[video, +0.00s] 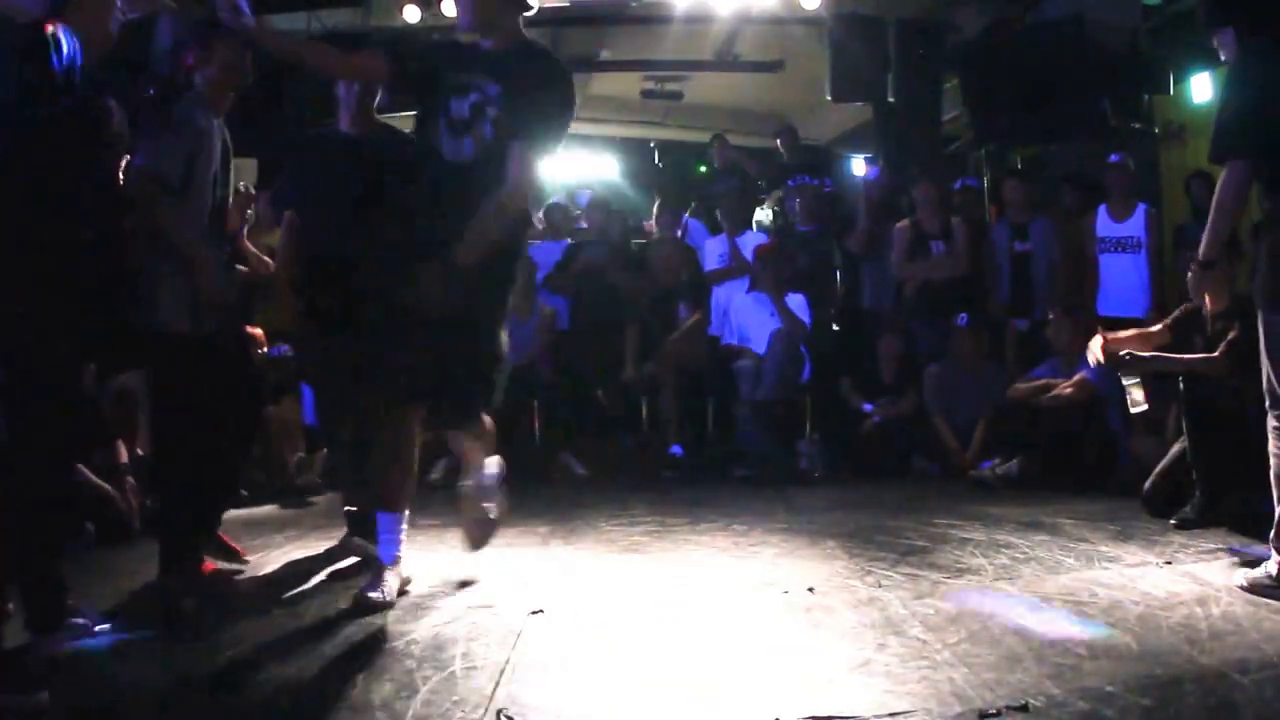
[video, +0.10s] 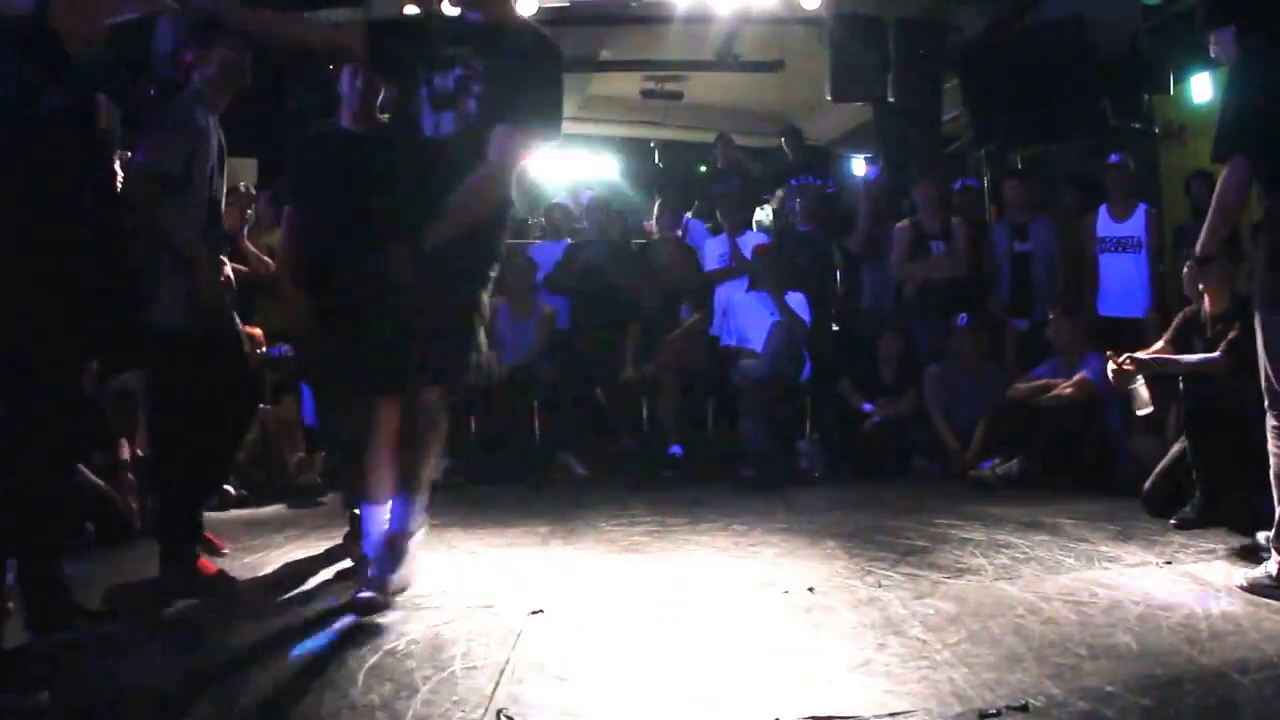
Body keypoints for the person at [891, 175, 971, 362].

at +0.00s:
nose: (926, 204)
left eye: (929, 198)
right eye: (921, 198)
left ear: (938, 198)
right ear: (914, 200)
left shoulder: (955, 226)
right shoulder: (904, 229)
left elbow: (961, 265)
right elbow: (898, 269)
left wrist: (921, 276)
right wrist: (940, 264)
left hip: (950, 300)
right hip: (917, 303)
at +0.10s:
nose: (926, 204)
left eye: (930, 197)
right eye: (921, 198)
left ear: (939, 198)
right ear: (914, 200)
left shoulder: (956, 227)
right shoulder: (904, 229)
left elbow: (960, 267)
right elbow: (898, 269)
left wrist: (921, 276)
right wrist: (941, 266)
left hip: (950, 298)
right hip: (916, 301)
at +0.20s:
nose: (927, 203)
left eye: (931, 197)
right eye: (923, 198)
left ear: (938, 199)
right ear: (915, 200)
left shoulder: (955, 225)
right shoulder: (904, 228)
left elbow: (961, 264)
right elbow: (897, 267)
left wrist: (922, 274)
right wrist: (934, 267)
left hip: (949, 293)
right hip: (918, 296)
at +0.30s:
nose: (928, 206)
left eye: (931, 200)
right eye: (923, 200)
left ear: (938, 200)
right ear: (915, 201)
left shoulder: (954, 225)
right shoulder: (903, 229)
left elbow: (961, 263)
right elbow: (898, 267)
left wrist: (926, 273)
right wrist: (930, 268)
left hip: (948, 291)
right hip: (917, 293)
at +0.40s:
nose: (927, 197)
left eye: (930, 192)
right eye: (922, 193)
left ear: (938, 195)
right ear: (915, 196)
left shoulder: (954, 225)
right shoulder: (904, 228)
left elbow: (961, 261)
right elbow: (899, 267)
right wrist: (932, 268)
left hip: (948, 291)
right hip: (918, 293)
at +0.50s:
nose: (926, 202)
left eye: (930, 196)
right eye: (922, 196)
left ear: (937, 197)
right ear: (915, 199)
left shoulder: (955, 225)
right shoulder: (904, 229)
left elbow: (961, 262)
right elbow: (899, 267)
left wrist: (926, 272)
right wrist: (935, 267)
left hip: (949, 294)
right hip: (917, 297)